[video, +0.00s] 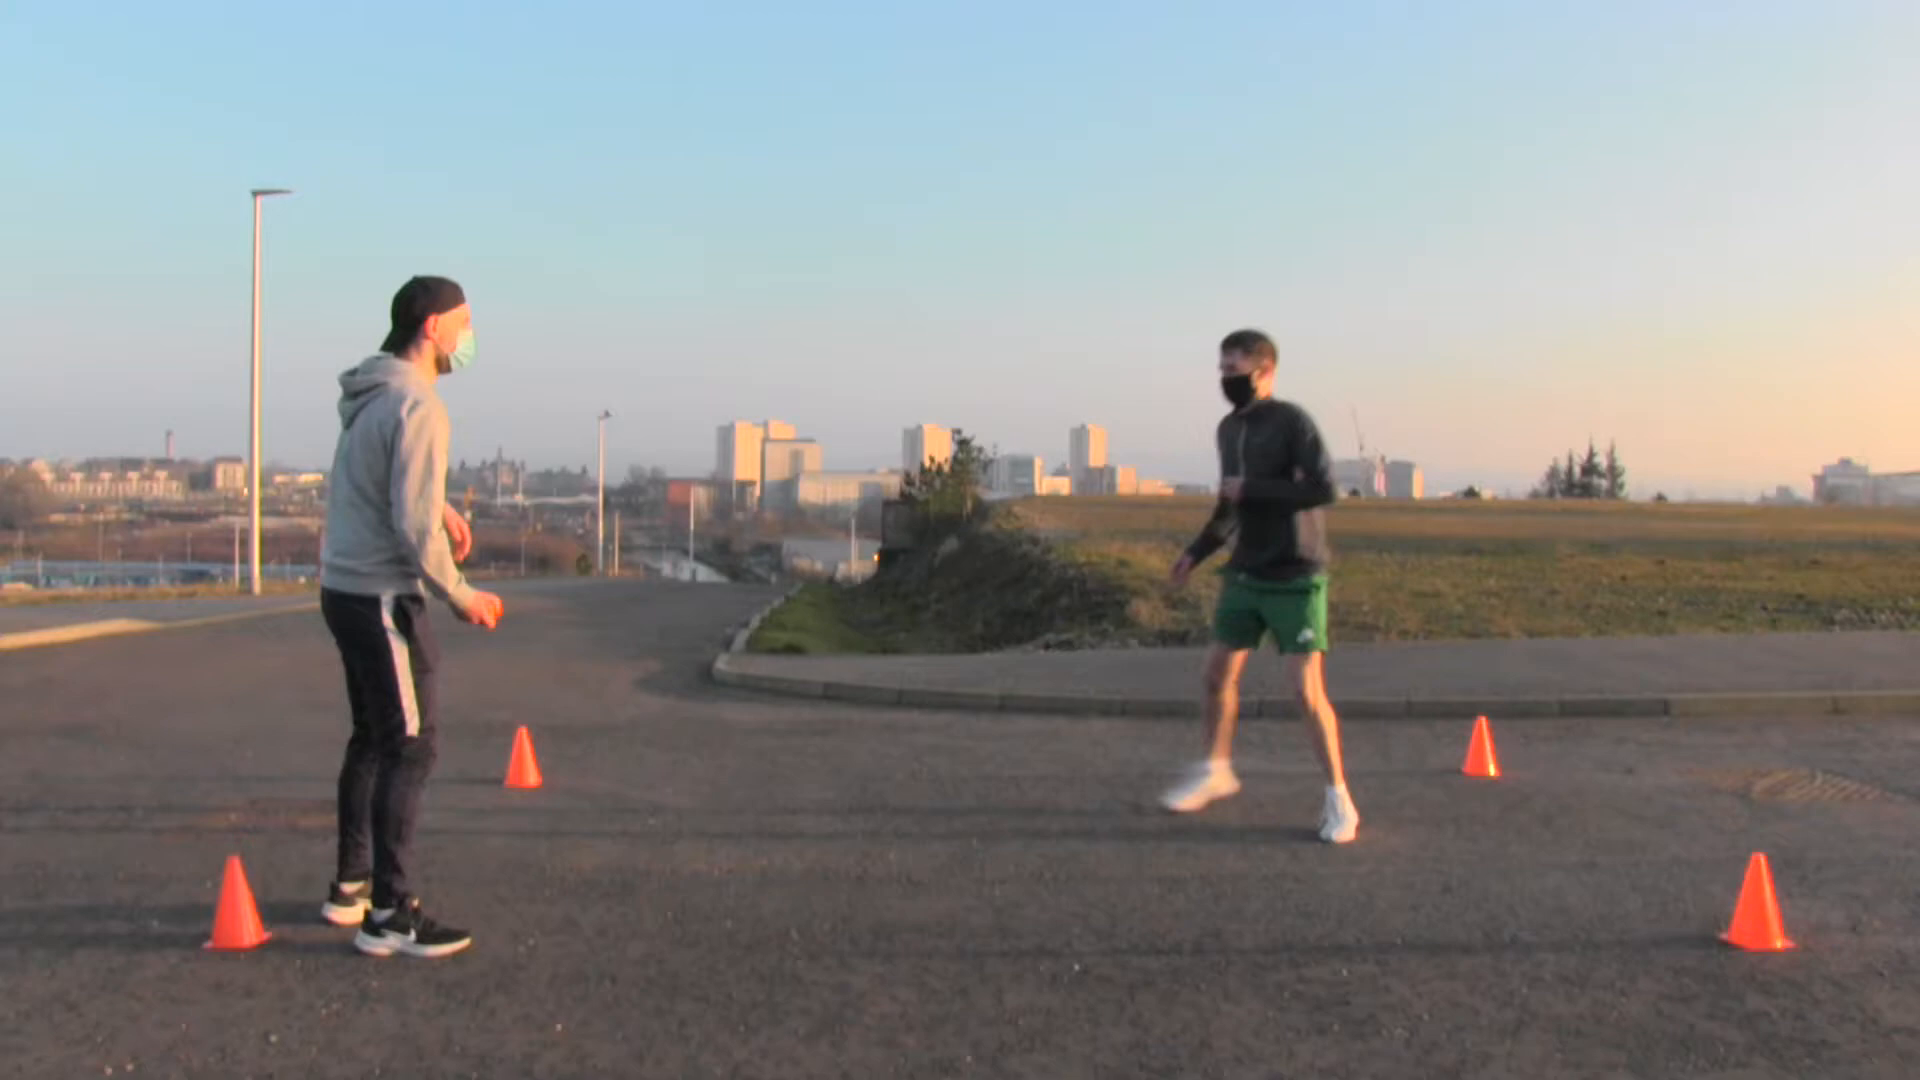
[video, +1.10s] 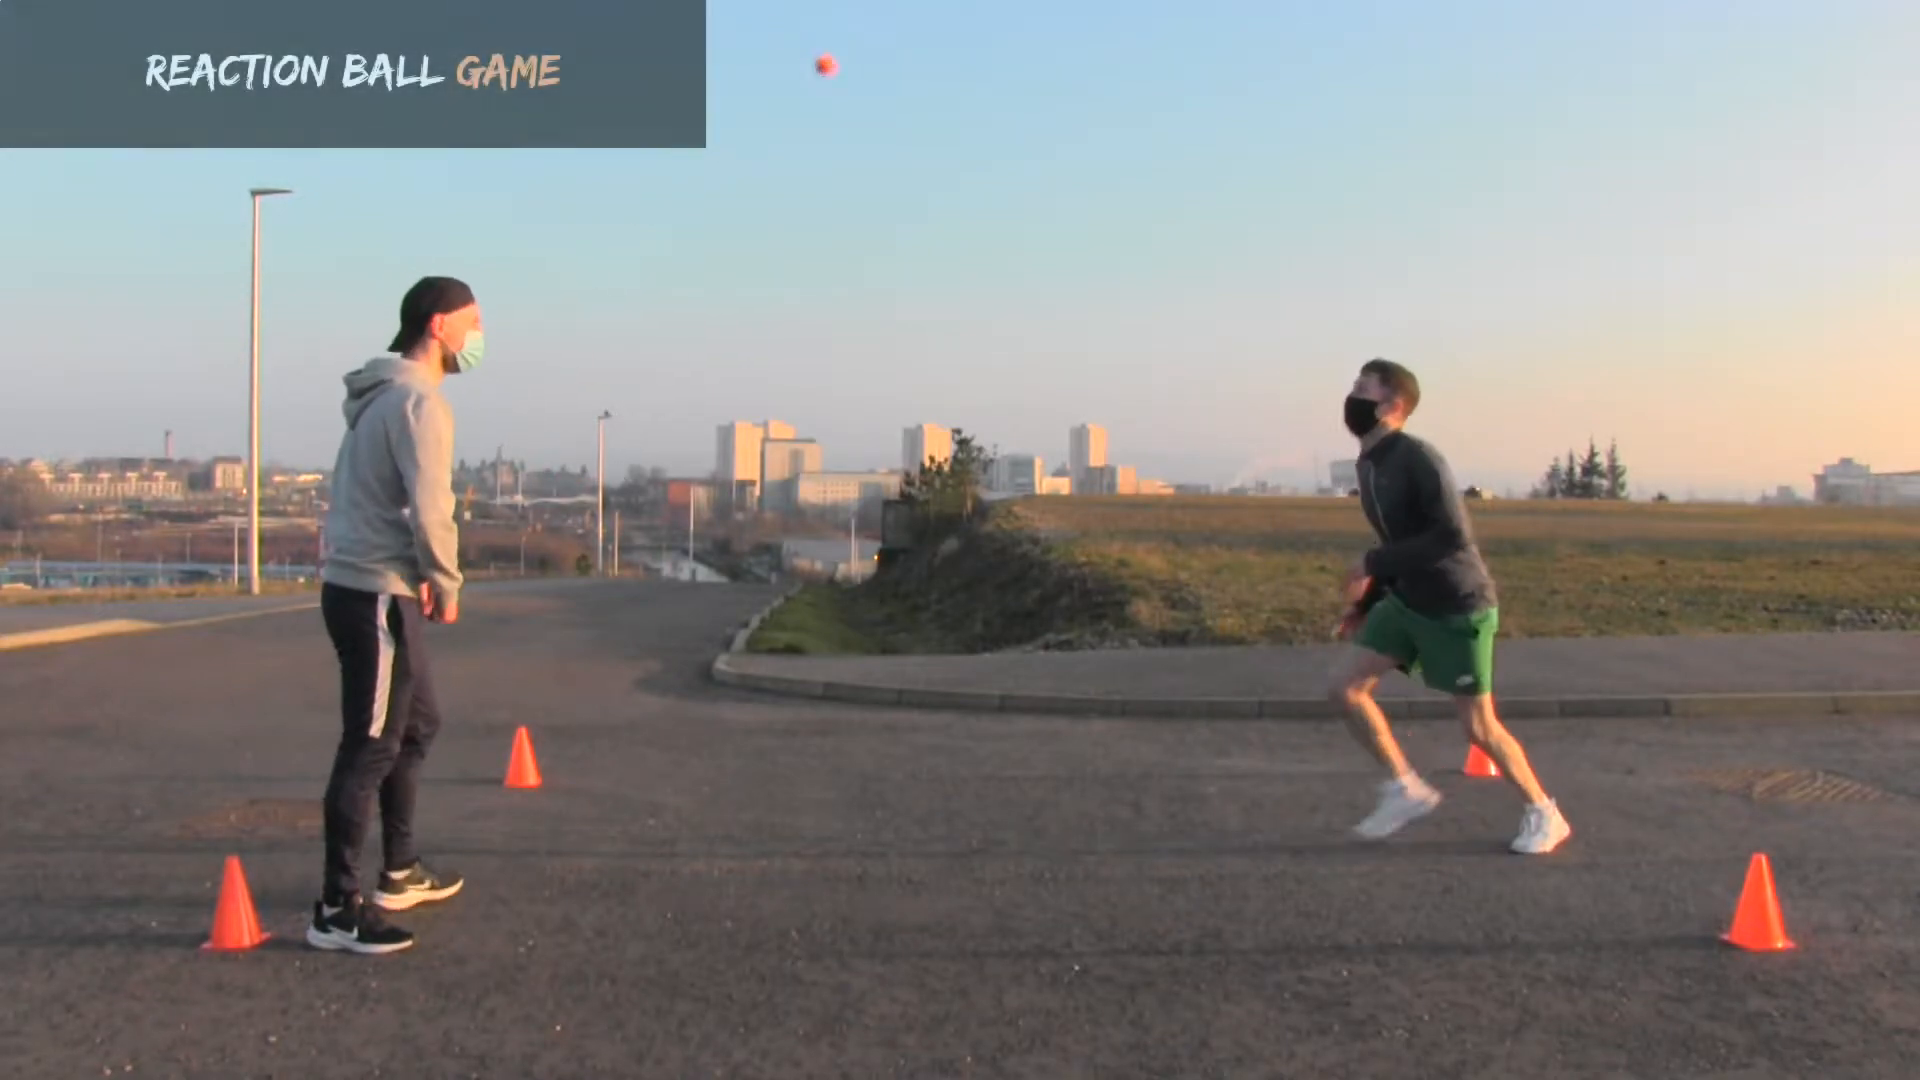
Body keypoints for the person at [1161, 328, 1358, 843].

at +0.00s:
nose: (1225, 378)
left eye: (1234, 369)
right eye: (1222, 370)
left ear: (1265, 370)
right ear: (1224, 371)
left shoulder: (1294, 422)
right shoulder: (1229, 431)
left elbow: (1324, 489)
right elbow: (1231, 506)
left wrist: (1250, 491)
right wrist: (1194, 554)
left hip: (1299, 574)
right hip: (1246, 572)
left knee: (1309, 692)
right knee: (1220, 674)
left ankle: (1338, 796)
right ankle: (1217, 768)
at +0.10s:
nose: (1237, 366)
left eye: (1247, 358)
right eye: (1234, 358)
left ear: (1277, 360)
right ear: (1236, 361)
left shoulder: (1304, 411)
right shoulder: (1240, 421)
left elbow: (1340, 474)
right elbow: (1241, 495)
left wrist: (1266, 484)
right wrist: (1208, 545)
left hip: (1307, 564)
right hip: (1256, 563)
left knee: (1315, 684)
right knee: (1237, 668)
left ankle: (1339, 792)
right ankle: (1251, 763)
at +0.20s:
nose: (1260, 359)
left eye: (1270, 350)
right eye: (1256, 350)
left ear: (1299, 348)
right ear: (1255, 350)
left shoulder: (1325, 398)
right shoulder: (1259, 407)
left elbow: (1369, 456)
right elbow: (1263, 479)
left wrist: (1297, 475)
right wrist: (1235, 531)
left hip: (1325, 555)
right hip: (1276, 554)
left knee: (1328, 671)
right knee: (1278, 667)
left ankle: (1348, 789)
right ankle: (1321, 754)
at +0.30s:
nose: (1290, 358)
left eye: (1300, 351)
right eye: (1287, 350)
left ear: (1330, 353)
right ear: (1285, 352)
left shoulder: (1356, 403)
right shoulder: (1285, 410)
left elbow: (1403, 460)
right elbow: (1285, 479)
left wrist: (1337, 481)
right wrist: (1270, 534)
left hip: (1348, 558)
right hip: (1303, 559)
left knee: (1346, 675)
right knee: (1335, 674)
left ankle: (1352, 793)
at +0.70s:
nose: (1352, 370)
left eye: (1364, 363)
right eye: (1350, 362)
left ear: (1395, 370)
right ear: (1351, 368)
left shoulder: (1420, 420)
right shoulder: (1353, 437)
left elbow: (1469, 483)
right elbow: (1356, 516)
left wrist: (1398, 505)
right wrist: (1341, 580)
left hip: (1434, 568)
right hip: (1394, 572)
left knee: (1389, 679)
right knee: (1429, 685)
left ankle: (1426, 798)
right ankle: (1459, 796)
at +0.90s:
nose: (1368, 360)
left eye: (1381, 354)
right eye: (1368, 352)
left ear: (1411, 368)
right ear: (1370, 362)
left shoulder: (1428, 420)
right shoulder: (1368, 429)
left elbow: (1479, 483)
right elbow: (1383, 508)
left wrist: (1409, 514)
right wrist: (1366, 574)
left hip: (1449, 578)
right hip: (1405, 583)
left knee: (1451, 698)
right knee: (1425, 697)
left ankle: (1527, 787)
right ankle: (1458, 799)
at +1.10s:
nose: (1352, 399)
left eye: (1365, 393)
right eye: (1353, 390)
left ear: (1396, 406)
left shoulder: (1420, 460)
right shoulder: (1369, 464)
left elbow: (1452, 535)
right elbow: (1398, 547)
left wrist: (1377, 563)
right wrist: (1366, 605)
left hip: (1462, 608)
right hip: (1406, 603)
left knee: (1481, 726)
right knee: (1349, 690)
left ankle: (1545, 810)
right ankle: (1407, 787)